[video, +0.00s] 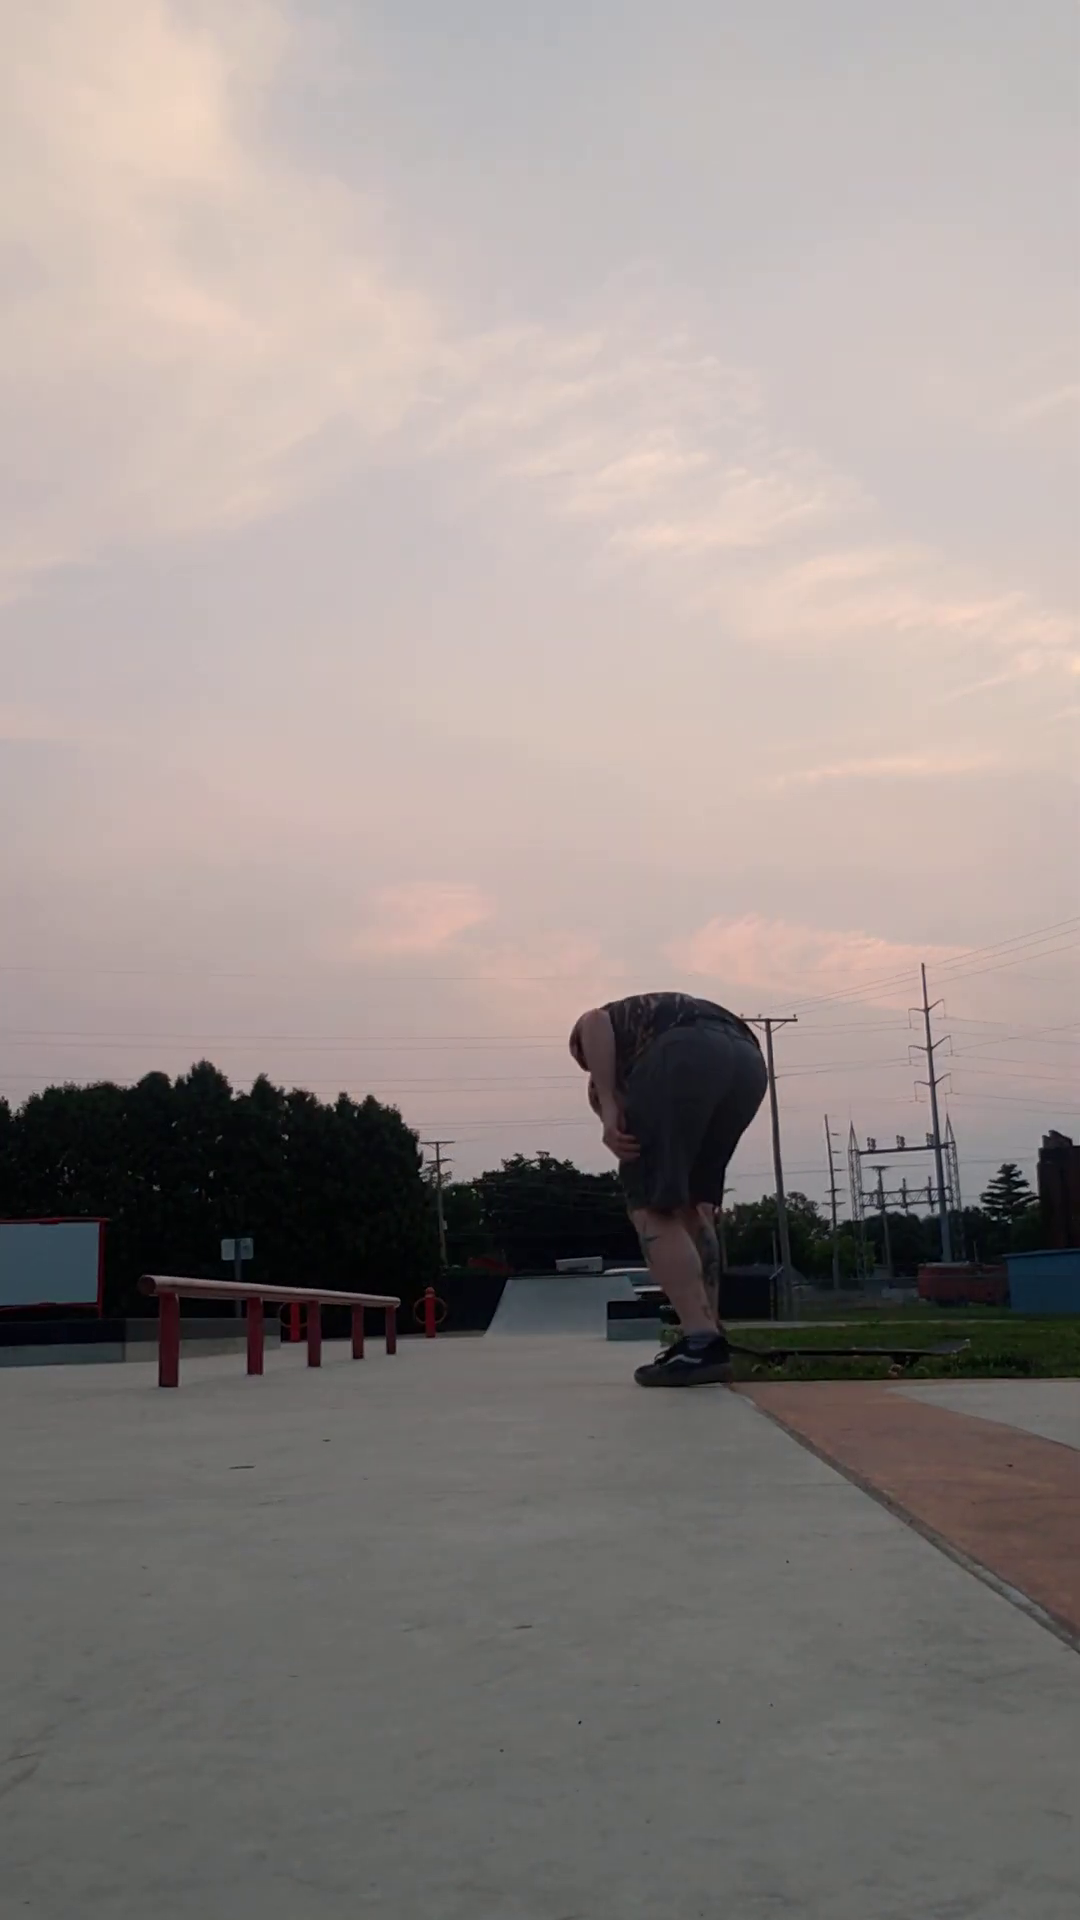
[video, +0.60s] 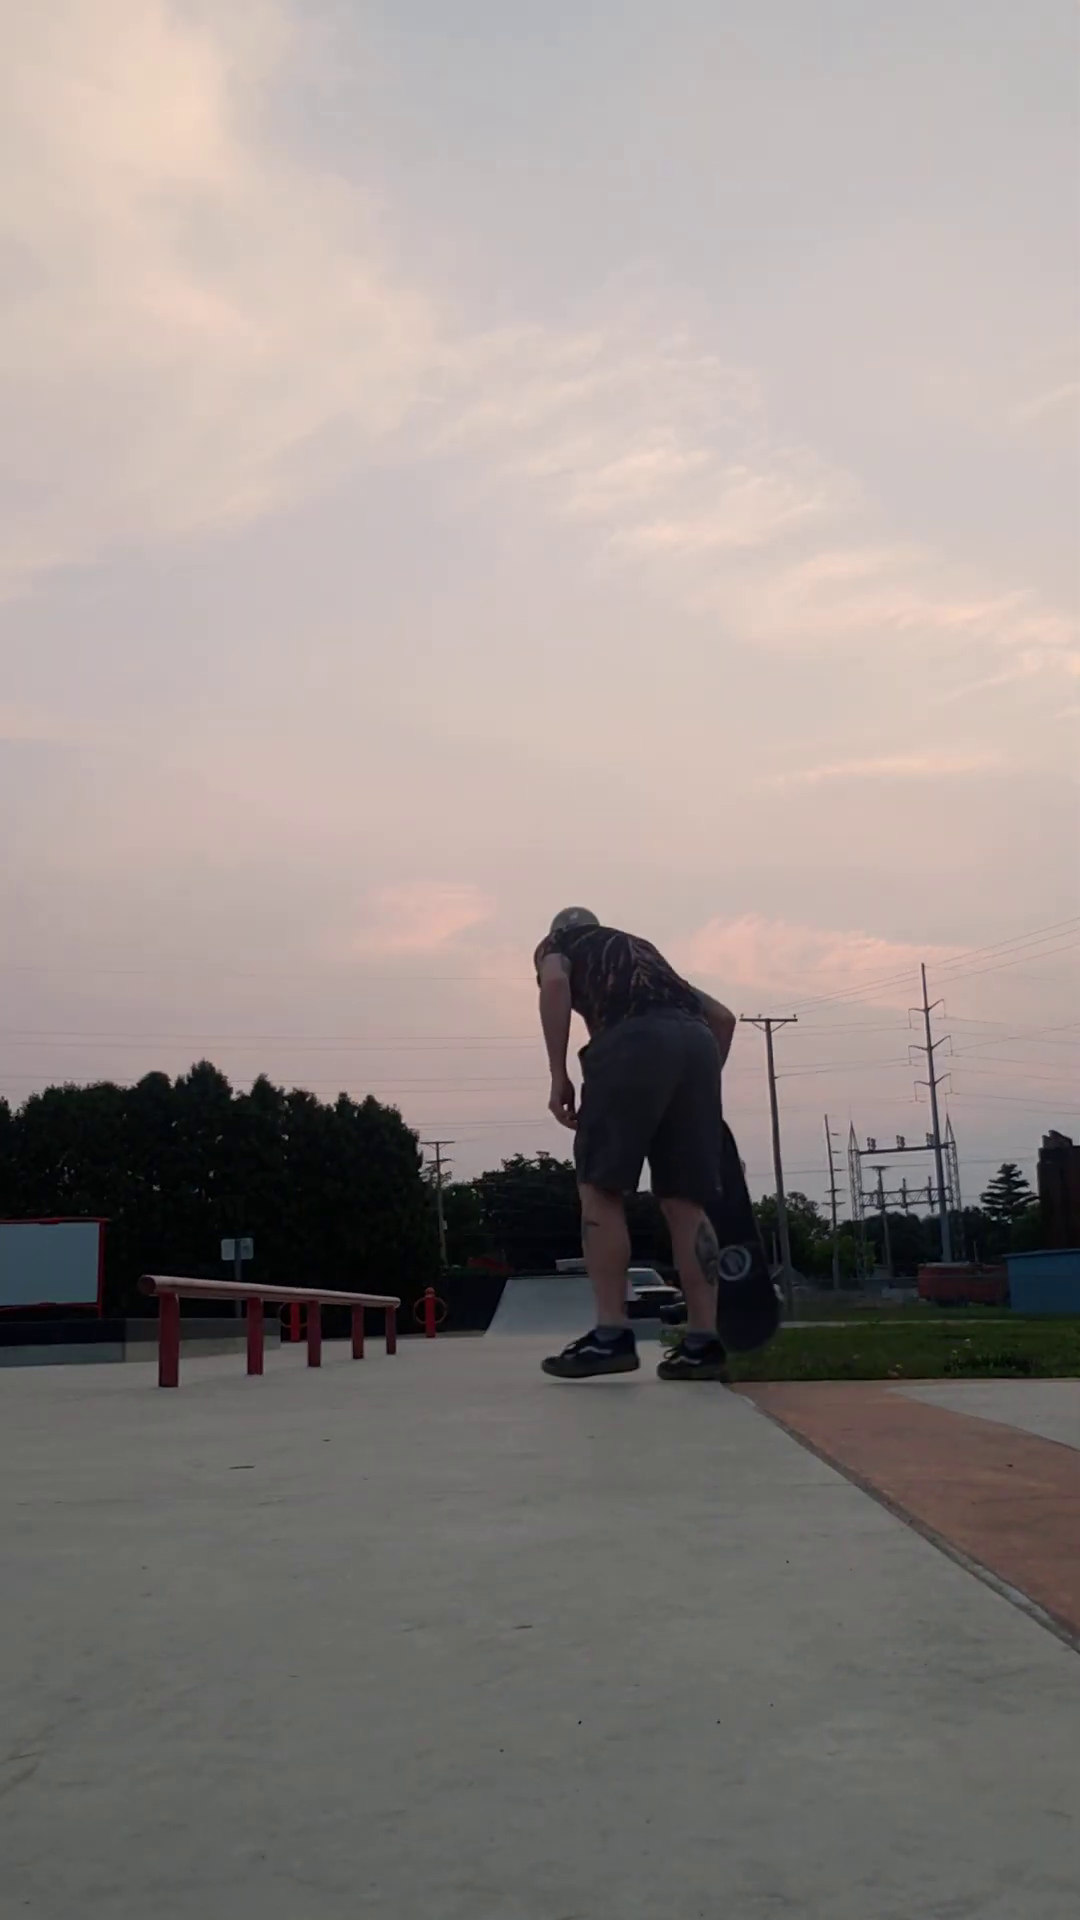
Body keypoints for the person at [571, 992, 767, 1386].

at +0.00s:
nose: (608, 1118)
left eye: (602, 1104)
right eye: (602, 1108)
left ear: (593, 1081)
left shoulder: (590, 1036)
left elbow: (594, 1021)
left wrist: (609, 1107)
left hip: (687, 1051)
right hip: (750, 1063)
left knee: (652, 1210)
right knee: (693, 1208)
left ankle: (700, 1341)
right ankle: (708, 1336)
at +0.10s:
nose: (605, 1118)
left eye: (600, 1106)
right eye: (600, 1110)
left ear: (589, 1083)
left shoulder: (585, 1040)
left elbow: (595, 1026)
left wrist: (606, 1114)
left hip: (685, 1054)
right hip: (747, 1066)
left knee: (649, 1209)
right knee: (685, 1206)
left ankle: (699, 1337)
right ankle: (710, 1326)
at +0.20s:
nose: (599, 1097)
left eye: (591, 1087)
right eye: (591, 1091)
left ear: (583, 1058)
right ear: (617, 1065)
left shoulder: (583, 1021)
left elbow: (589, 1016)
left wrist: (599, 1102)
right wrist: (712, 1282)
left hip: (680, 1047)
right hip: (741, 1058)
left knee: (650, 1205)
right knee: (688, 1203)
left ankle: (698, 1332)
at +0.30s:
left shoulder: (581, 993)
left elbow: (581, 1002)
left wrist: (593, 1094)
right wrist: (719, 1240)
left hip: (670, 1041)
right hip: (732, 1048)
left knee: (645, 1198)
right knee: (690, 1194)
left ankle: (696, 1321)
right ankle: (706, 1325)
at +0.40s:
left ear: (573, 977)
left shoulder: (574, 971)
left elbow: (573, 992)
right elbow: (723, 1101)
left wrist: (585, 1086)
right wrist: (717, 1184)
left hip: (659, 1041)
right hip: (722, 1044)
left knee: (631, 1192)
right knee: (685, 1199)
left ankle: (690, 1305)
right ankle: (706, 1346)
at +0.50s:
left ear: (571, 954)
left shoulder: (568, 956)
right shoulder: (653, 965)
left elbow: (565, 986)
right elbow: (733, 1046)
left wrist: (572, 1080)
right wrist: (710, 1121)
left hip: (648, 1043)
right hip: (712, 1047)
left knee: (616, 1187)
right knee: (684, 1195)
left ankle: (659, 1311)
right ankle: (706, 1343)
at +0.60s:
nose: (551, 942)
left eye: (552, 933)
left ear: (558, 930)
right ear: (595, 926)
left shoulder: (556, 942)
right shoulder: (640, 952)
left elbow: (555, 982)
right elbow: (722, 1018)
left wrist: (559, 1075)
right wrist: (698, 1089)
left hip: (633, 1047)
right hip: (698, 1049)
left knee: (600, 1187)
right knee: (684, 1196)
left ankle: (611, 1336)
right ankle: (702, 1342)